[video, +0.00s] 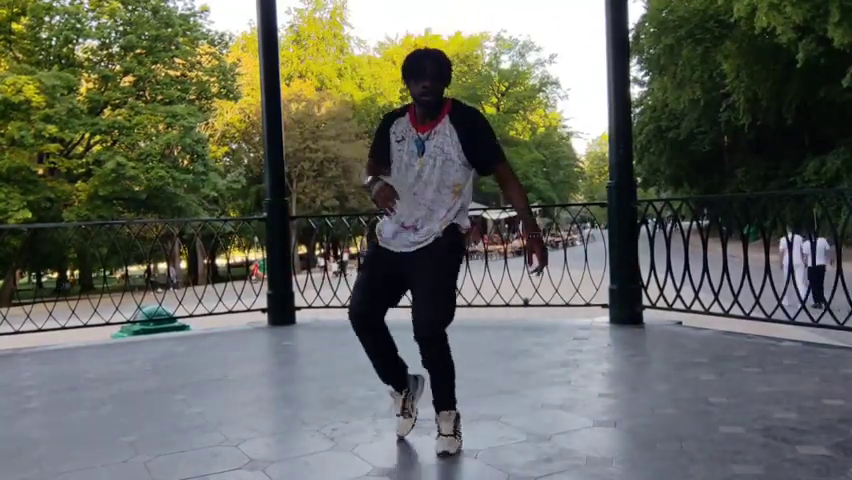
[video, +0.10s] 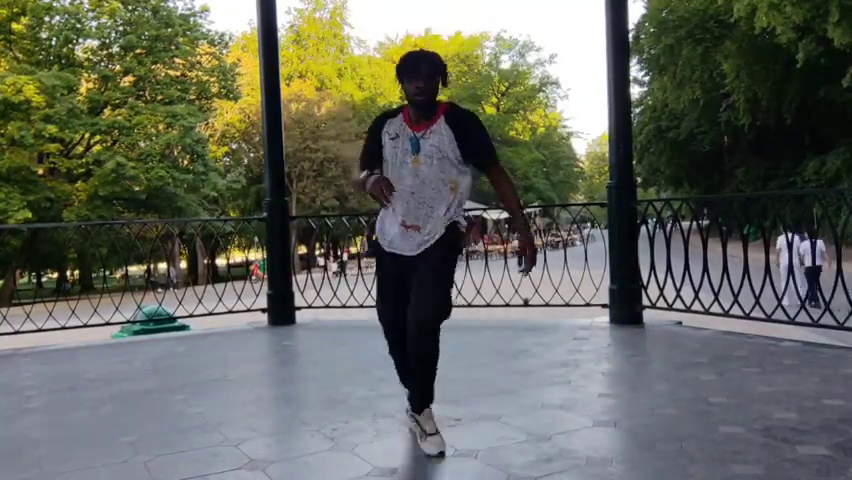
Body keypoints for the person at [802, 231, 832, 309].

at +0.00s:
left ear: (808, 234)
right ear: (818, 233)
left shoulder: (806, 243)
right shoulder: (823, 241)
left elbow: (805, 255)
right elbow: (828, 250)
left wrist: (805, 263)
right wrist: (830, 259)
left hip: (811, 266)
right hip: (821, 265)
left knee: (814, 285)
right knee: (820, 284)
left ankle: (816, 302)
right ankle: (821, 300)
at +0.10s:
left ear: (807, 235)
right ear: (816, 235)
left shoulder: (804, 244)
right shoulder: (820, 243)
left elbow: (801, 254)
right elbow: (824, 253)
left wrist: (802, 262)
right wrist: (828, 261)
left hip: (808, 266)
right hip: (818, 265)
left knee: (811, 285)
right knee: (814, 284)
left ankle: (816, 301)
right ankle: (810, 300)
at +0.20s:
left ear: (807, 235)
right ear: (815, 236)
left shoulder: (802, 244)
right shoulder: (817, 243)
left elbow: (799, 255)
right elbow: (821, 254)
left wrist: (799, 263)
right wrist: (825, 262)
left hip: (805, 266)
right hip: (814, 266)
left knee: (809, 286)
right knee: (811, 285)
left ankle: (815, 300)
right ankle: (806, 301)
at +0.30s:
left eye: (802, 234)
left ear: (804, 235)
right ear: (812, 235)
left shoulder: (800, 244)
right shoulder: (815, 243)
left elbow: (797, 254)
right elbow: (819, 254)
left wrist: (797, 263)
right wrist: (822, 263)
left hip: (803, 266)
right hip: (812, 265)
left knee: (801, 283)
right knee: (809, 284)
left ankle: (811, 296)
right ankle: (806, 299)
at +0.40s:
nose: (799, 234)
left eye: (800, 233)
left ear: (801, 233)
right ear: (809, 233)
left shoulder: (797, 243)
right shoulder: (813, 242)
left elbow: (795, 254)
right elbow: (817, 253)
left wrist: (793, 265)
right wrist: (818, 263)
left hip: (800, 265)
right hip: (810, 265)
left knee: (798, 283)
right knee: (809, 284)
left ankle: (802, 296)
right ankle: (806, 299)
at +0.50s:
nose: (796, 234)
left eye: (797, 233)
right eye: (796, 233)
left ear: (799, 234)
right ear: (805, 233)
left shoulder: (796, 242)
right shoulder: (811, 241)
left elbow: (794, 253)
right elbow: (813, 252)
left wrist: (793, 261)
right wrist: (813, 261)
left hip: (798, 264)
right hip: (809, 263)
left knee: (796, 283)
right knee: (808, 283)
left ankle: (798, 298)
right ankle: (806, 299)